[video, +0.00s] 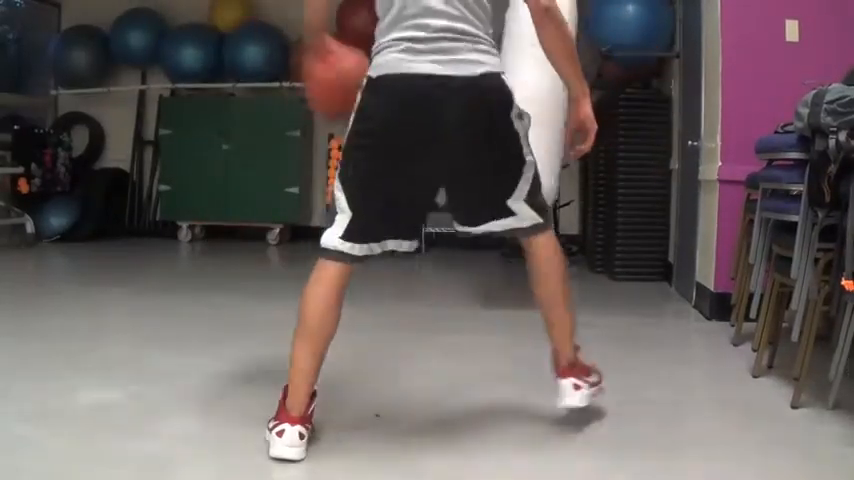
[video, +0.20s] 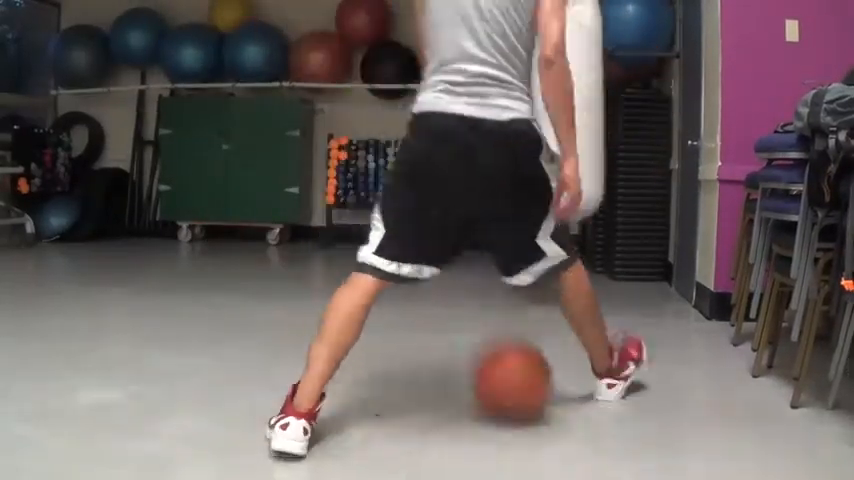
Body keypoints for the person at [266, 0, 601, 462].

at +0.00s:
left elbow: (320, 5)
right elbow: (544, 12)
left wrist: (317, 43)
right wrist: (579, 91)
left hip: (393, 88)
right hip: (479, 90)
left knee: (336, 254)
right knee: (535, 229)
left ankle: (292, 415)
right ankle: (569, 368)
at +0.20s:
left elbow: (428, 57)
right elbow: (551, 56)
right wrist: (569, 156)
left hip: (432, 138)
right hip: (510, 142)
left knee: (368, 275)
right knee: (563, 261)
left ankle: (298, 412)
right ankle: (607, 366)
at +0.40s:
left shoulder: (520, 10)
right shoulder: (596, 7)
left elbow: (508, 80)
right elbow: (587, 65)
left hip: (479, 132)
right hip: (544, 136)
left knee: (445, 268)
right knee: (606, 242)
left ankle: (353, 348)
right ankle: (614, 369)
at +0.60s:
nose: (628, 22)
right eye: (628, 14)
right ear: (606, 1)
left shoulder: (534, 12)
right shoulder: (610, 4)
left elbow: (491, 81)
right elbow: (639, 52)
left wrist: (465, 150)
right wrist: (709, 107)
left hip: (488, 128)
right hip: (549, 130)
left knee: (462, 237)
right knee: (608, 244)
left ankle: (408, 322)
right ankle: (614, 367)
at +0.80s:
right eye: (593, 8)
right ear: (583, 4)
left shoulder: (504, 22)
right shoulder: (590, 27)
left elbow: (473, 94)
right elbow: (589, 101)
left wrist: (442, 160)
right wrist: (584, 181)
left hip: (480, 147)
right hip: (545, 149)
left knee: (441, 233)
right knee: (604, 251)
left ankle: (390, 329)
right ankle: (612, 367)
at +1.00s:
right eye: (529, 18)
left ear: (488, 14)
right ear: (526, 17)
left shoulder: (458, 35)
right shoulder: (547, 45)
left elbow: (417, 79)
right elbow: (557, 111)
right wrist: (556, 184)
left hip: (457, 162)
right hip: (518, 166)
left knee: (425, 234)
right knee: (579, 255)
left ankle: (388, 329)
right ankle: (605, 360)